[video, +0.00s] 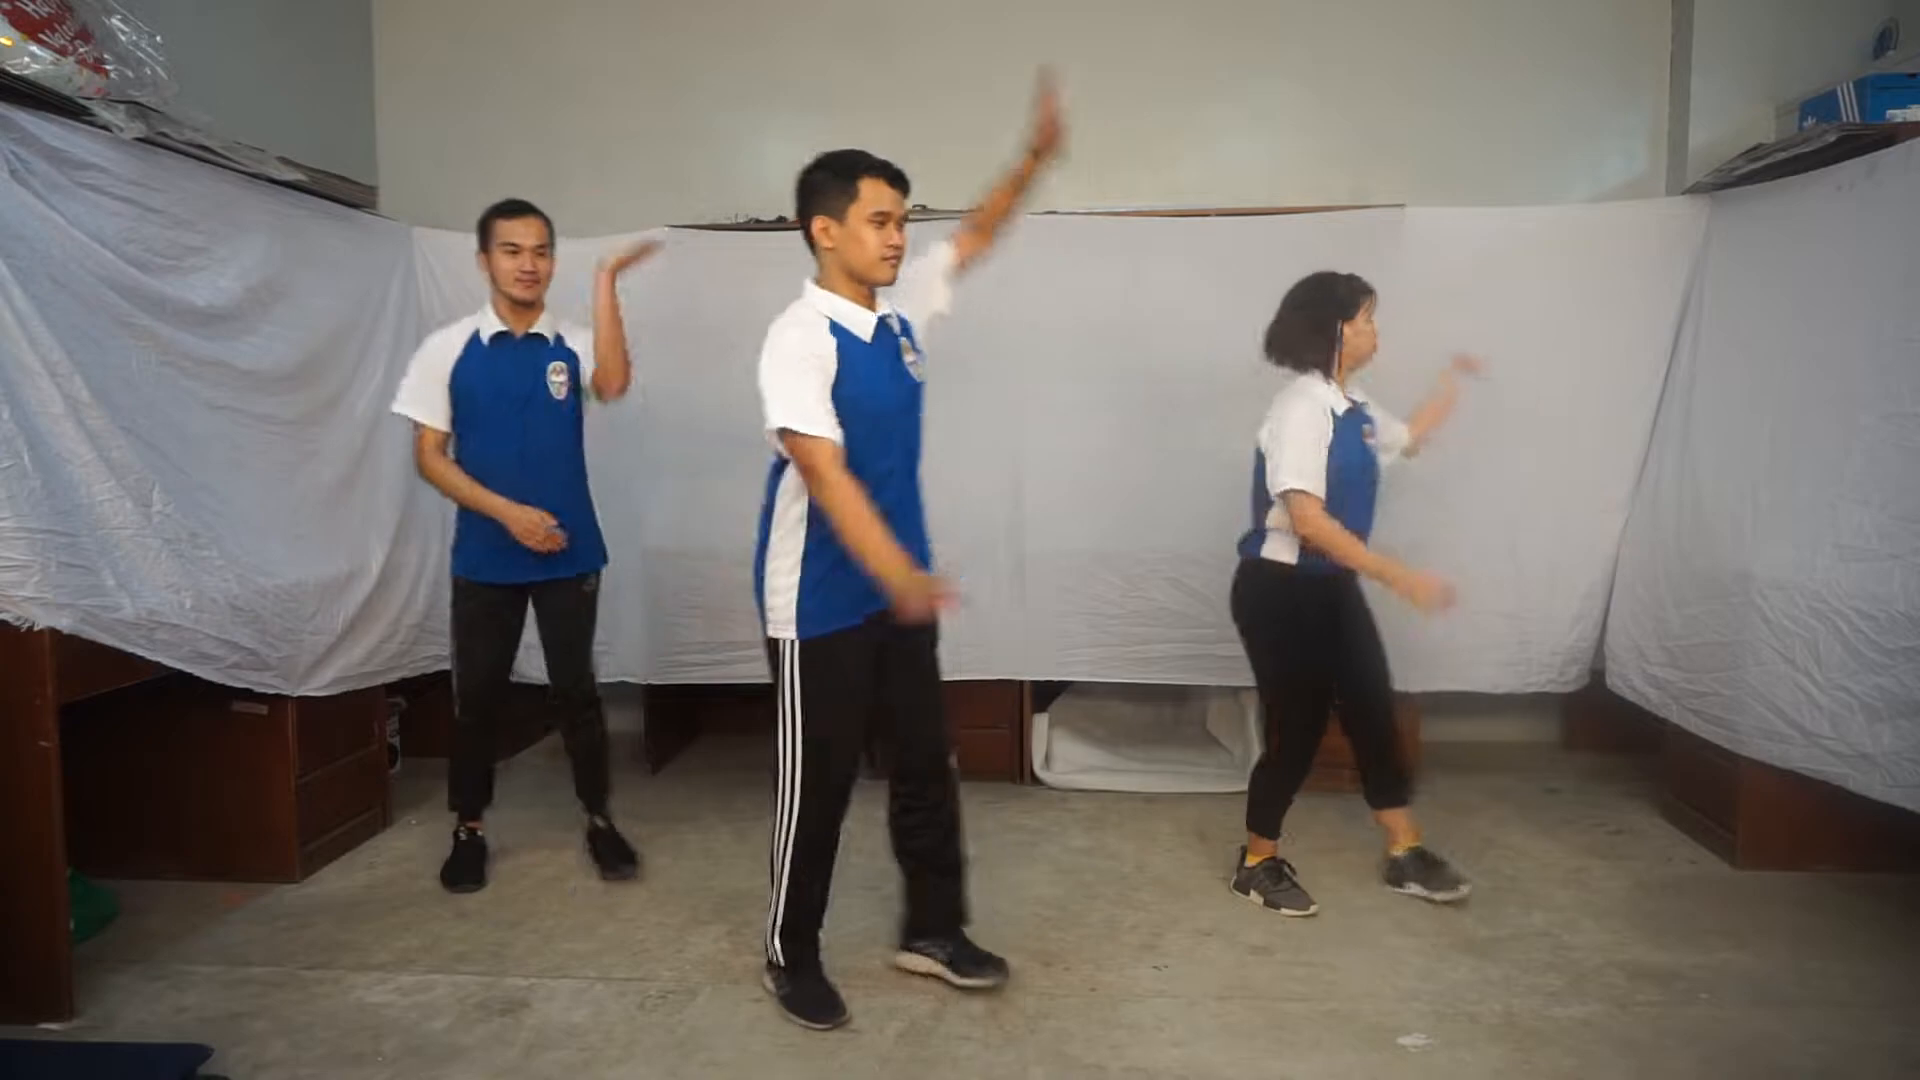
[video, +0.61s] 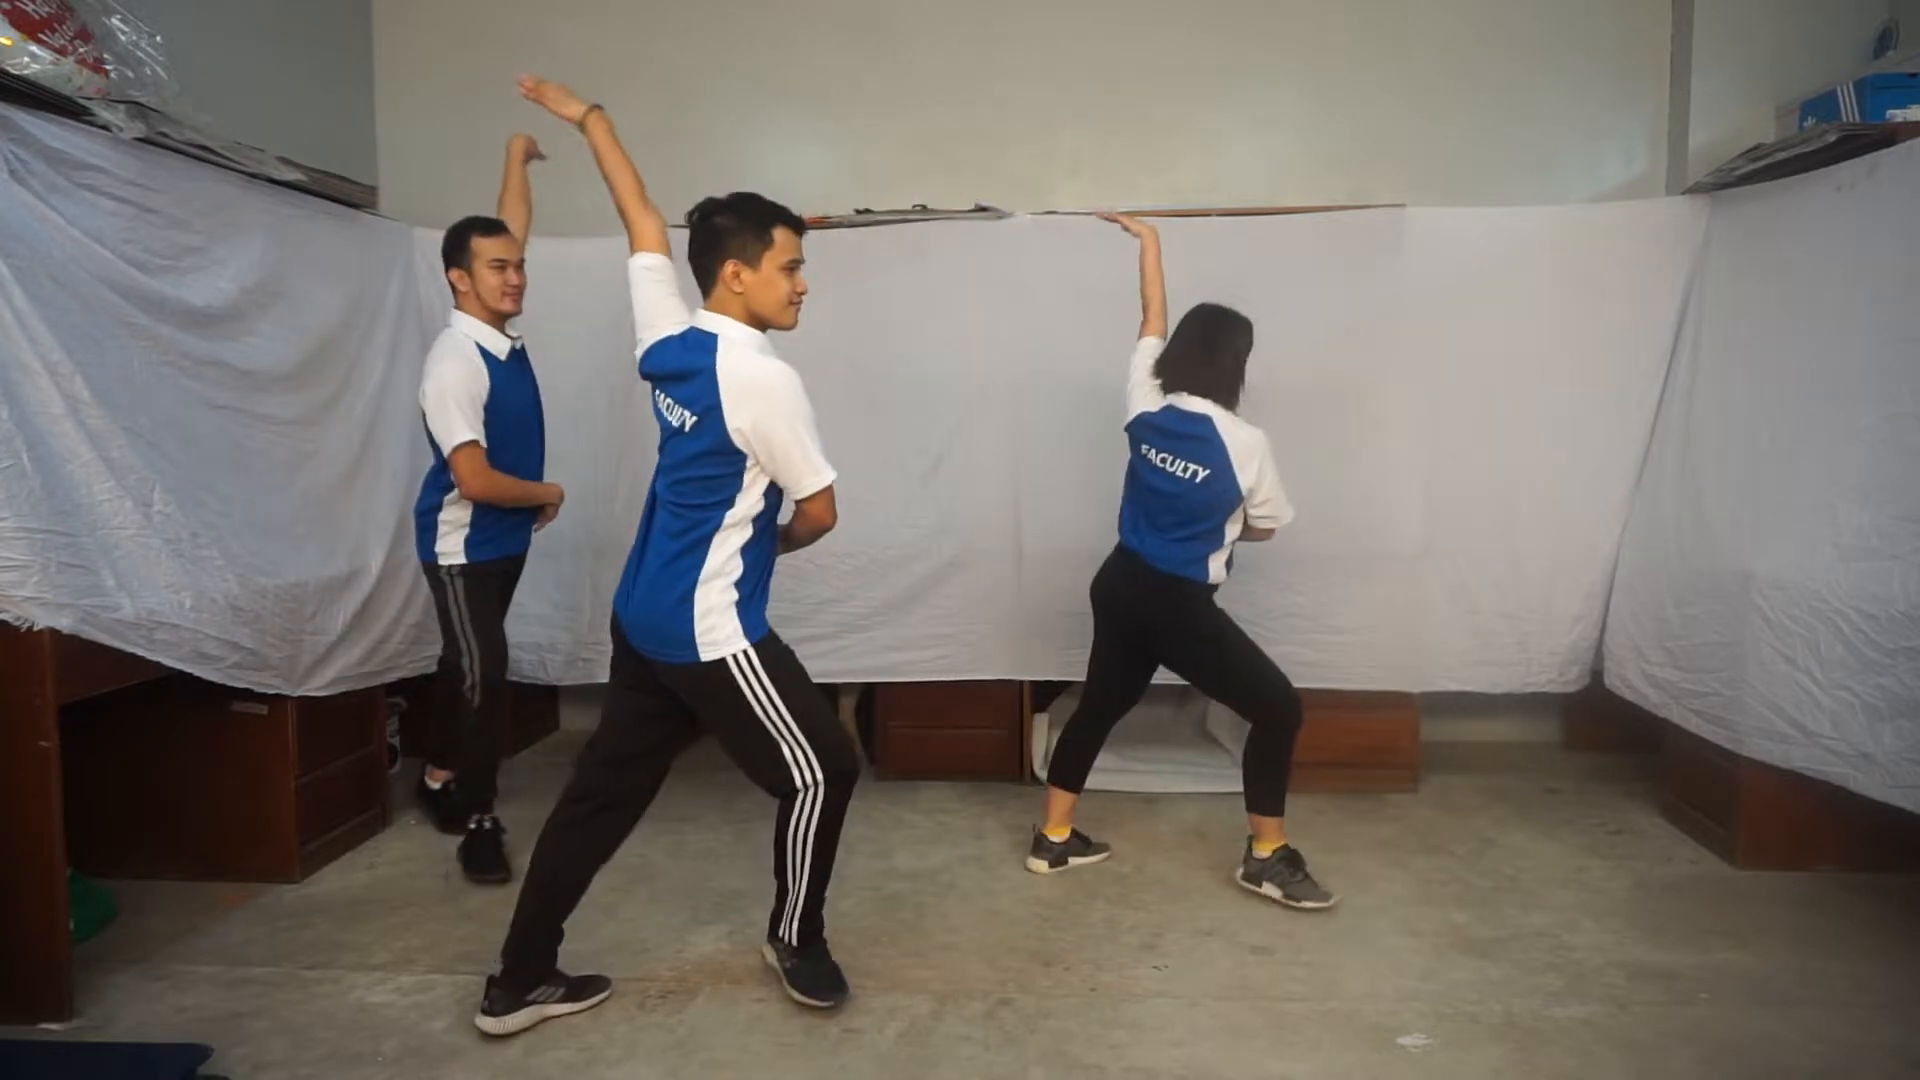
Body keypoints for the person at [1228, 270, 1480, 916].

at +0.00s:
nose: (1377, 332)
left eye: (1374, 320)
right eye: (1369, 320)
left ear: (1337, 329)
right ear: (1338, 329)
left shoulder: (1351, 403)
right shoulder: (1301, 403)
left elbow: (1407, 439)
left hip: (1333, 583)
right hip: (1280, 586)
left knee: (1372, 709)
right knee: (1295, 728)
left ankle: (1404, 850)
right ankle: (1259, 859)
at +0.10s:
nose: (1341, 337)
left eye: (1342, 324)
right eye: (1336, 325)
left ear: (1274, 319)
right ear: (1316, 327)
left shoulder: (1261, 383)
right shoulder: (1303, 401)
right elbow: (1324, 514)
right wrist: (1365, 548)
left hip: (1251, 571)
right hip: (1262, 581)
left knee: (1317, 699)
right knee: (1279, 713)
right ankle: (1254, 859)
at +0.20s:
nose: (1315, 334)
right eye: (1311, 323)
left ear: (1243, 324)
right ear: (1302, 331)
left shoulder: (1222, 387)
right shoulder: (1293, 403)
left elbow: (1239, 328)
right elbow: (1325, 516)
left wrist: (1262, 273)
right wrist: (1292, 498)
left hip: (1208, 570)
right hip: (1252, 582)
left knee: (1241, 702)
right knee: (1274, 714)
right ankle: (1255, 859)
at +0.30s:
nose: (1293, 334)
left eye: (1285, 320)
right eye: (1289, 323)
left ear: (1219, 329)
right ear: (1280, 334)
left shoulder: (1189, 386)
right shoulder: (1282, 410)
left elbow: (1177, 310)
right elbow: (1311, 513)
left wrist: (1188, 244)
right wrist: (1264, 506)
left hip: (1175, 574)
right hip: (1228, 587)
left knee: (1167, 693)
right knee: (1278, 717)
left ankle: (1085, 811)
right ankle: (1257, 859)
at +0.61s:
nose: (1245, 364)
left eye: (1232, 349)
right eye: (1243, 352)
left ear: (1177, 352)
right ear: (1236, 365)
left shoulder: (1146, 404)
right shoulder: (1244, 443)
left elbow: (1151, 319)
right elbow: (1262, 526)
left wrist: (1148, 237)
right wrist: (1205, 518)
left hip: (1117, 586)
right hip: (1179, 607)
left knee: (1098, 705)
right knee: (1278, 707)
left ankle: (1054, 836)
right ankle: (1268, 853)